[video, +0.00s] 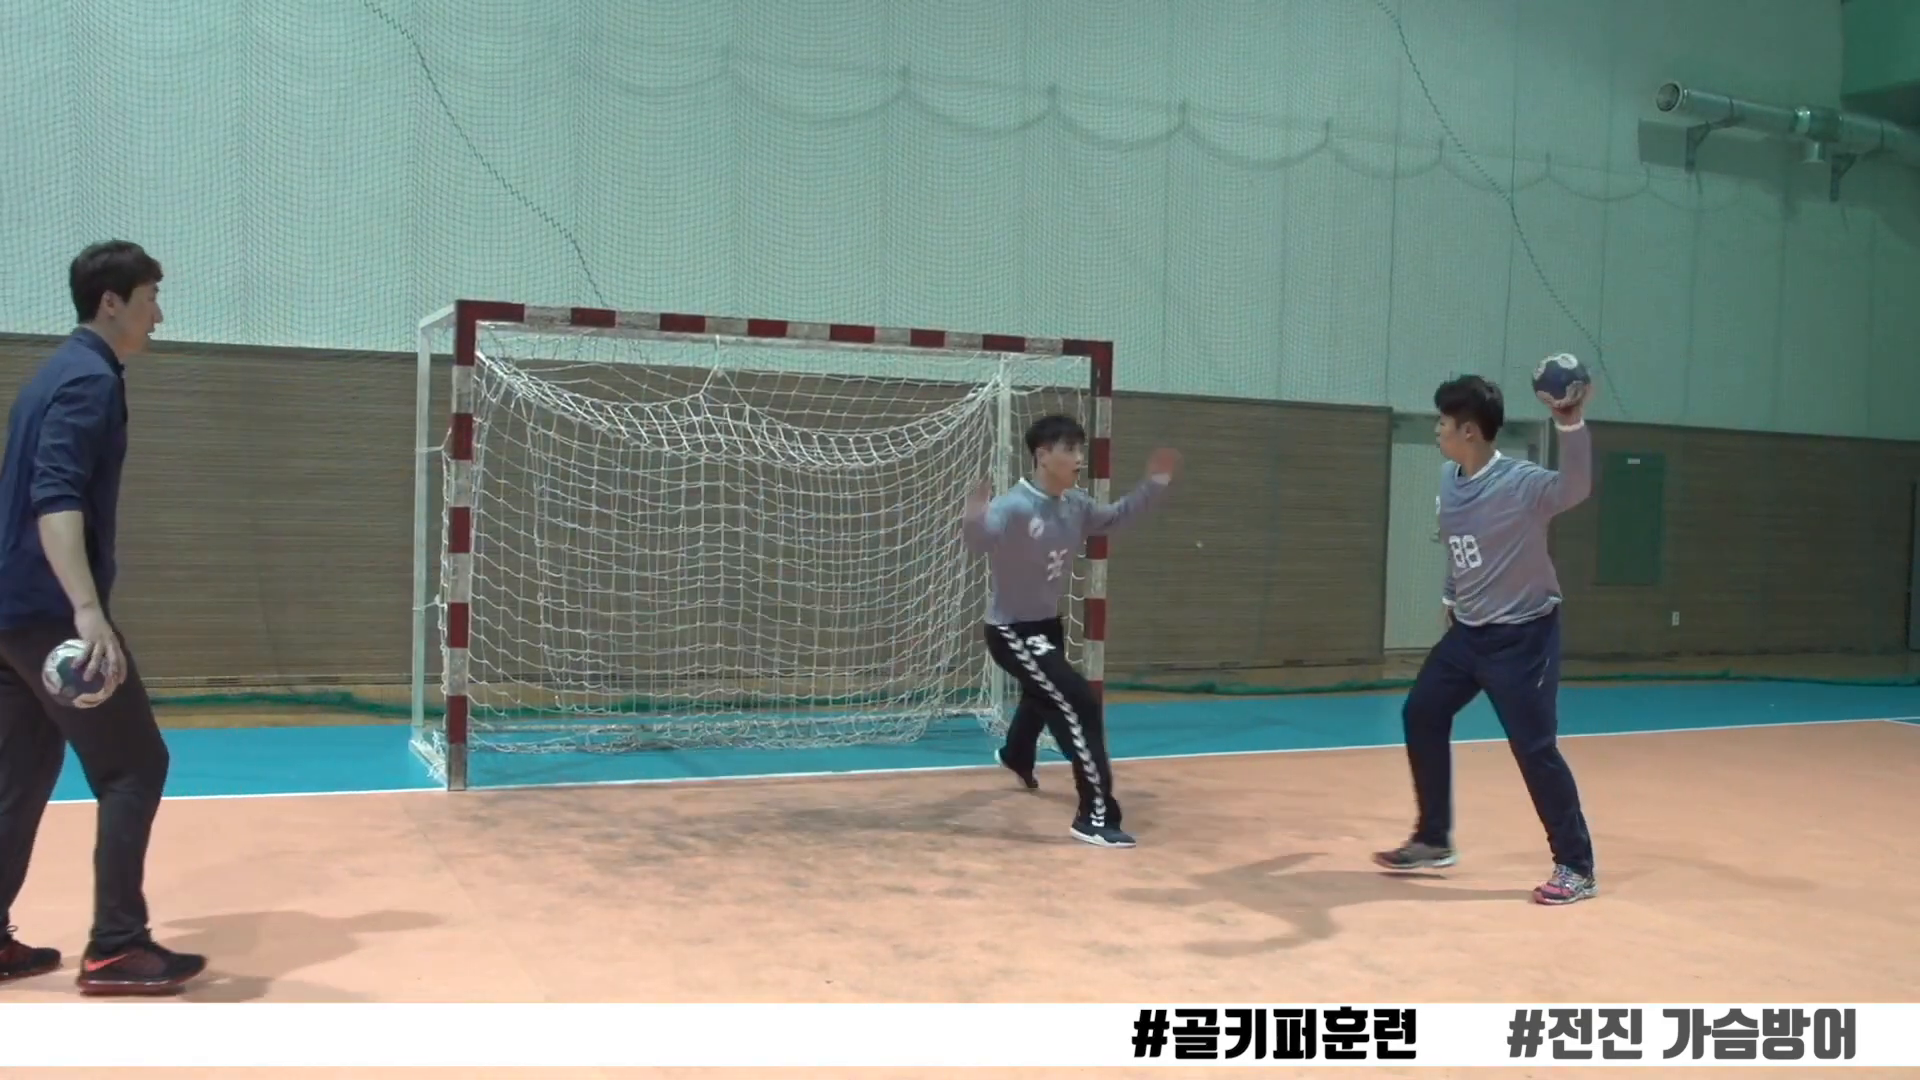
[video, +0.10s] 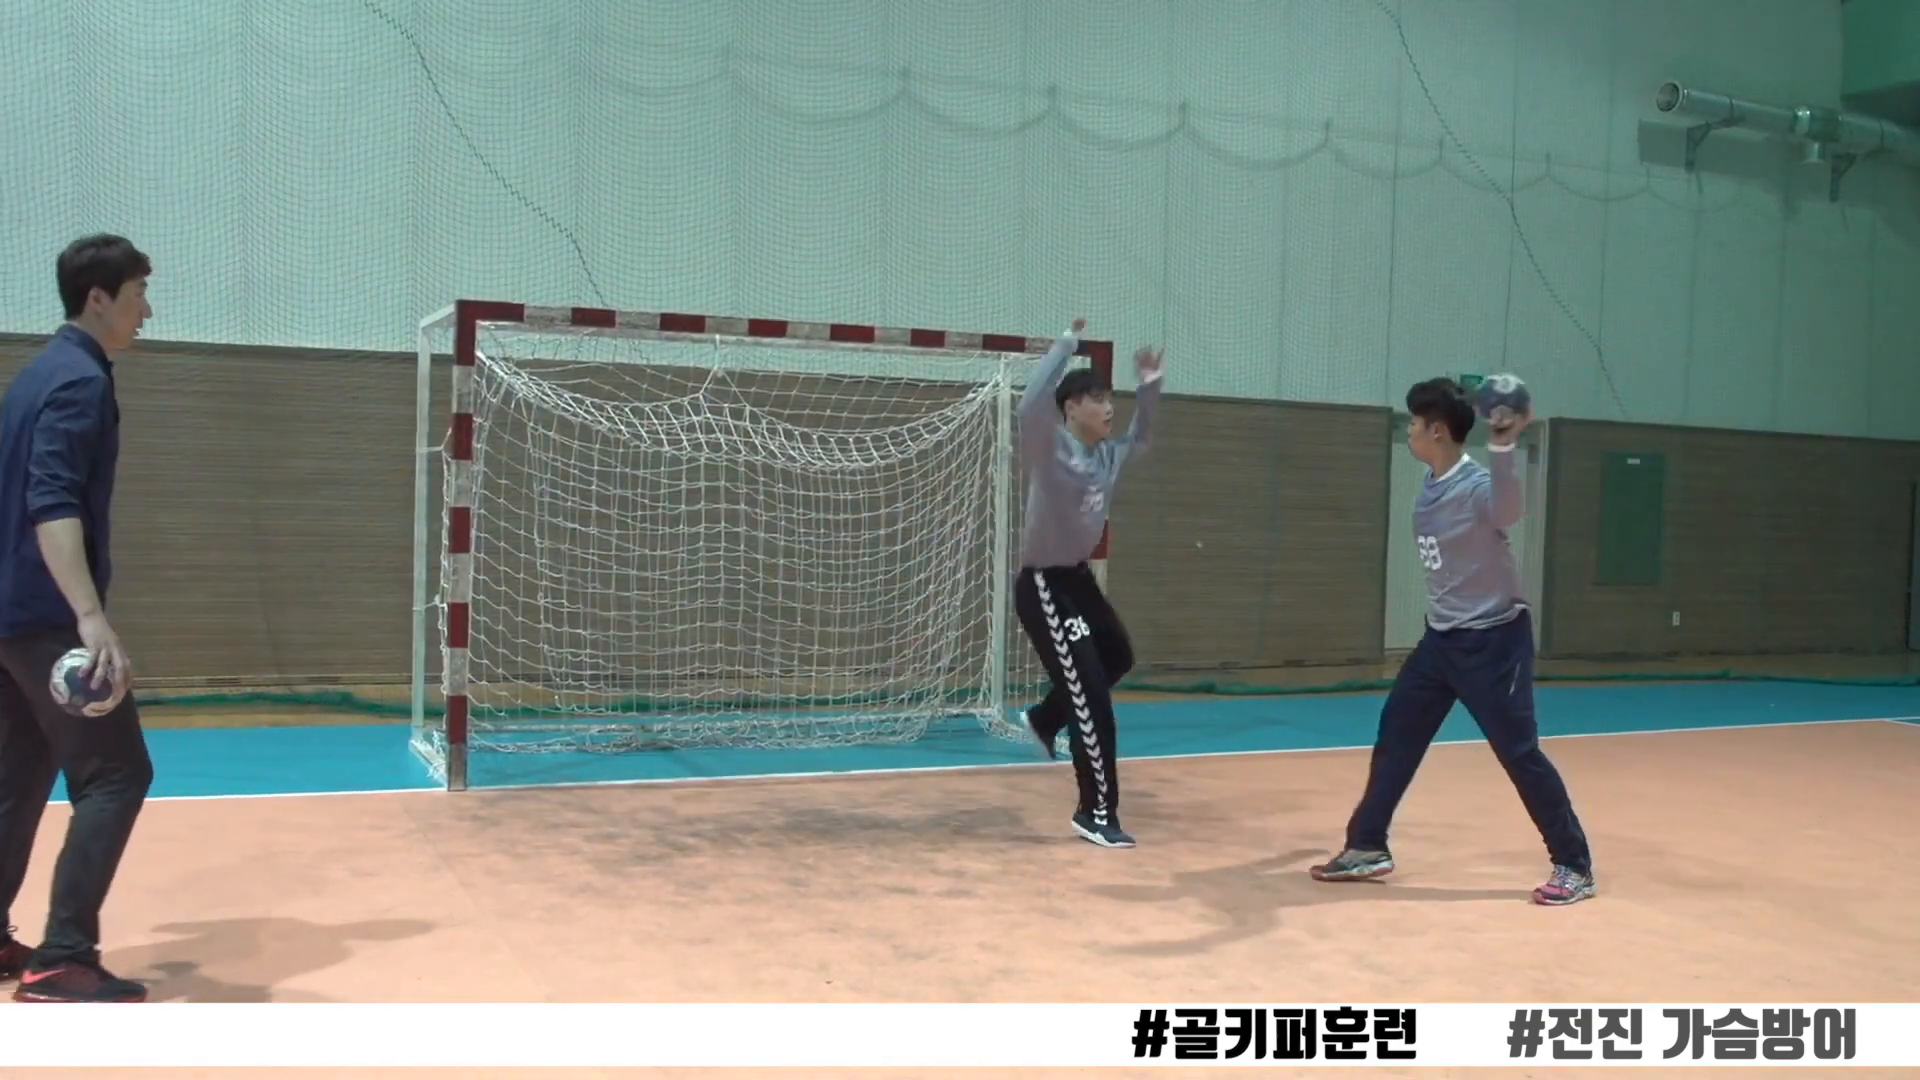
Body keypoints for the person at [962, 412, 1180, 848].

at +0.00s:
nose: (1078, 458)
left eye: (1080, 450)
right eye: (1069, 449)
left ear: (1079, 456)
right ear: (1041, 454)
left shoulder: (1076, 504)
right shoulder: (1013, 506)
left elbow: (1115, 517)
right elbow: (980, 542)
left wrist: (1154, 486)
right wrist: (974, 520)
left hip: (1048, 626)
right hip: (1011, 630)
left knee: (1042, 693)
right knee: (1079, 703)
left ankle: (1017, 753)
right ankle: (1096, 817)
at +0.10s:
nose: (1109, 409)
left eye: (1109, 400)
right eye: (1099, 400)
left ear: (1103, 407)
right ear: (1071, 406)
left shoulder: (1107, 454)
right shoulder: (1047, 452)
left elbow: (1140, 438)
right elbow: (1032, 408)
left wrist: (1148, 389)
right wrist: (1065, 345)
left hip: (1077, 576)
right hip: (1041, 582)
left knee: (1116, 656)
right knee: (1088, 695)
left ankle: (1044, 719)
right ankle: (1096, 813)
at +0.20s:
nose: (1142, 358)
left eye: (1145, 350)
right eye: (1134, 349)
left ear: (1138, 356)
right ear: (1103, 351)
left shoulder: (1131, 399)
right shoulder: (1072, 388)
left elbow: (1169, 396)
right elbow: (1039, 355)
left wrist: (1210, 363)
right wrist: (1083, 301)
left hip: (1108, 531)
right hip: (1070, 531)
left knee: (1165, 603)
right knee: (1082, 647)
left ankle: (1089, 670)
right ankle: (1060, 769)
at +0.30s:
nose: (1172, 331)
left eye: (1176, 322)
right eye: (1162, 320)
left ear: (1179, 327)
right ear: (1133, 320)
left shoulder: (1161, 382)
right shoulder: (1102, 363)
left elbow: (1181, 422)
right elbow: (1059, 352)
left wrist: (1225, 429)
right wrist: (1077, 301)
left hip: (1135, 505)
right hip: (1094, 500)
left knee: (1207, 592)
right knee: (1104, 579)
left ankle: (1136, 679)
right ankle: (1039, 694)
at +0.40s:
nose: (1194, 329)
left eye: (1198, 320)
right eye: (1184, 318)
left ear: (1201, 327)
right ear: (1153, 320)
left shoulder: (1192, 390)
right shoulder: (1124, 371)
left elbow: (1187, 468)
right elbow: (1100, 348)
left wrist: (1213, 489)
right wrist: (1102, 301)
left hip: (1172, 521)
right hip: (1122, 509)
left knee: (1234, 619)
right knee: (1101, 480)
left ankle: (1202, 732)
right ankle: (1078, 566)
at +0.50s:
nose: (1215, 352)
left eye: (1222, 344)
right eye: (1204, 341)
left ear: (1227, 352)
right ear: (1174, 345)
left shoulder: (1219, 412)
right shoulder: (1157, 394)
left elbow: (1209, 492)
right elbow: (1139, 379)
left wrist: (1230, 539)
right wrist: (1151, 330)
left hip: (1201, 564)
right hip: (1151, 543)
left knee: (1239, 671)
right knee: (1129, 485)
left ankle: (1275, 793)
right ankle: (1082, 470)